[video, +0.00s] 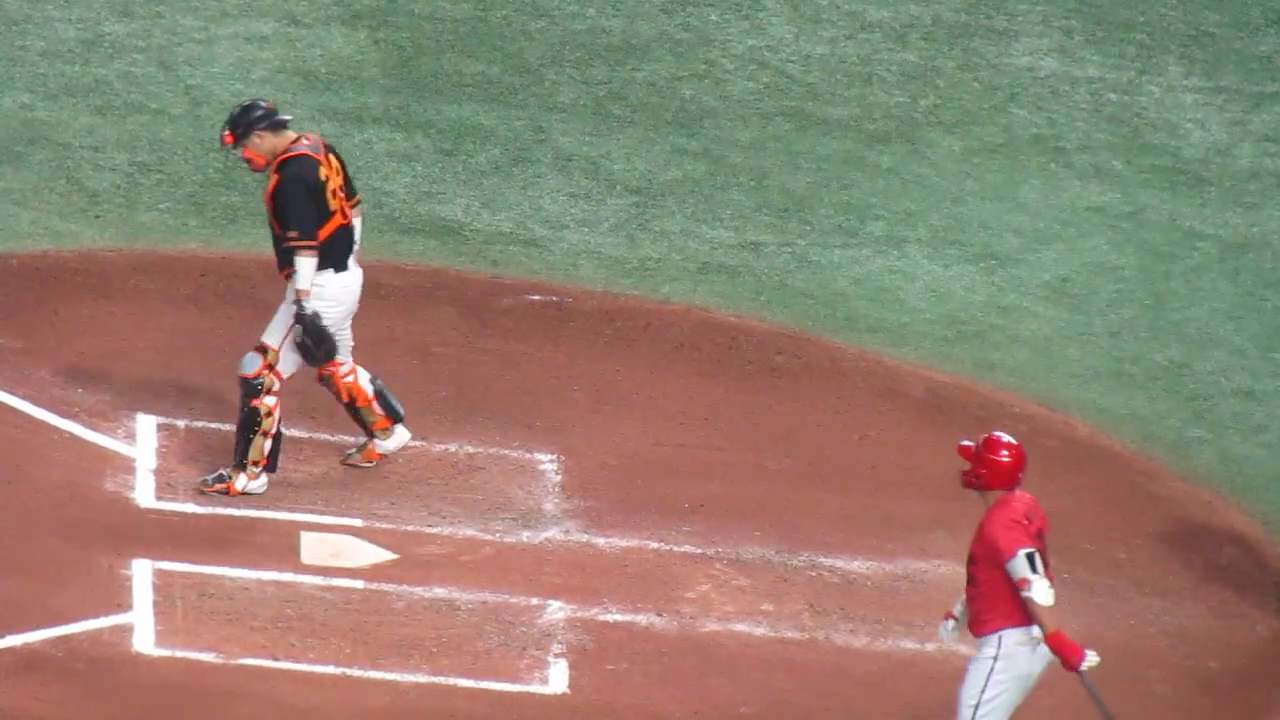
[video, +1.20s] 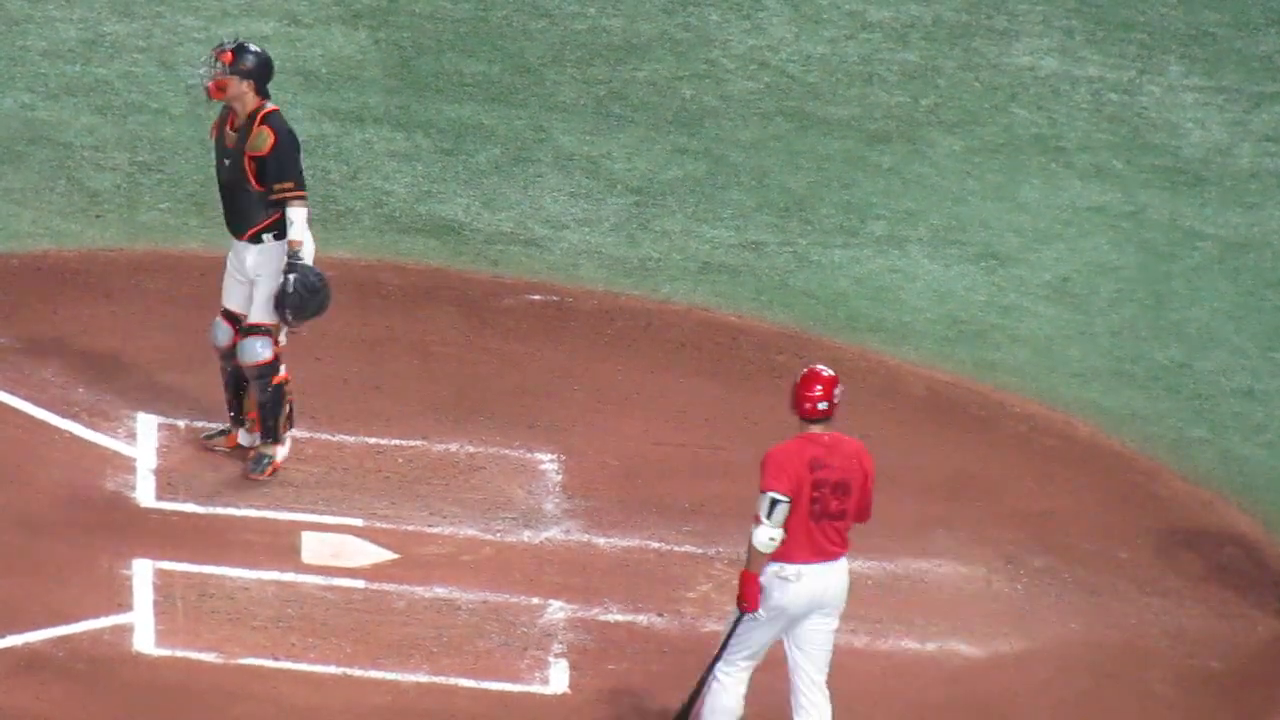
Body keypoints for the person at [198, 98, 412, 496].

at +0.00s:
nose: (245, 157)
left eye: (245, 147)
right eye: (241, 150)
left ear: (264, 135)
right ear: (268, 132)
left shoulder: (293, 174)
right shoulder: (317, 147)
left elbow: (304, 247)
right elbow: (352, 208)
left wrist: (302, 305)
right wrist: (348, 259)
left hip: (321, 284)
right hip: (343, 276)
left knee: (260, 369)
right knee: (335, 367)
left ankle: (251, 472)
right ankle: (387, 431)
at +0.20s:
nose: (212, 157)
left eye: (209, 148)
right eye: (207, 151)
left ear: (224, 135)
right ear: (235, 128)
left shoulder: (250, 171)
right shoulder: (286, 140)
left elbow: (263, 245)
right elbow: (328, 195)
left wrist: (245, 303)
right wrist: (329, 246)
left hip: (293, 279)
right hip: (325, 268)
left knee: (248, 365)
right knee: (303, 359)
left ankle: (248, 471)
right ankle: (342, 446)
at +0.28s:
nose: (203, 157)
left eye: (201, 147)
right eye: (198, 150)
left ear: (218, 133)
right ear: (229, 126)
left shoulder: (243, 166)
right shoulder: (281, 139)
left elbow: (250, 241)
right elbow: (321, 193)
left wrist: (227, 296)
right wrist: (324, 243)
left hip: (285, 277)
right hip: (319, 266)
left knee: (246, 370)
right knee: (293, 365)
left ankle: (246, 472)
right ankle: (310, 457)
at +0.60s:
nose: (198, 134)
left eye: (199, 123)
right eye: (195, 126)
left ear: (219, 114)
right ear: (227, 112)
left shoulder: (241, 155)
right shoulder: (271, 133)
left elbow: (232, 230)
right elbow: (303, 197)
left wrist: (197, 278)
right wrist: (291, 245)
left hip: (265, 271)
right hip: (285, 265)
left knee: (235, 365)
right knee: (231, 351)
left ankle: (247, 468)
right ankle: (262, 448)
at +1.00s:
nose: (214, 91)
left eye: (222, 86)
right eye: (215, 84)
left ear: (244, 94)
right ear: (234, 92)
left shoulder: (263, 138)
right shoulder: (230, 134)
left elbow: (272, 209)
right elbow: (240, 201)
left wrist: (260, 269)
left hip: (269, 257)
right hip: (242, 255)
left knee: (243, 360)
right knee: (221, 347)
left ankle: (251, 466)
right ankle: (243, 429)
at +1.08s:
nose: (214, 86)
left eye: (222, 81)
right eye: (215, 79)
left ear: (244, 88)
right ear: (231, 86)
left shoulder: (266, 135)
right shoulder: (229, 128)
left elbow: (282, 205)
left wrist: (277, 267)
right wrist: (218, 142)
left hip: (272, 252)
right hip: (243, 251)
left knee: (249, 356)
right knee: (222, 345)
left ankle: (253, 458)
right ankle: (242, 428)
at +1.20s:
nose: (219, 80)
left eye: (227, 75)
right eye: (220, 73)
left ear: (249, 82)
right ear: (233, 79)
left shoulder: (275, 130)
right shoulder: (223, 123)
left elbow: (295, 200)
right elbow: (238, 185)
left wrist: (297, 260)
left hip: (274, 248)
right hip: (242, 246)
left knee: (258, 345)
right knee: (228, 337)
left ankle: (274, 440)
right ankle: (242, 427)